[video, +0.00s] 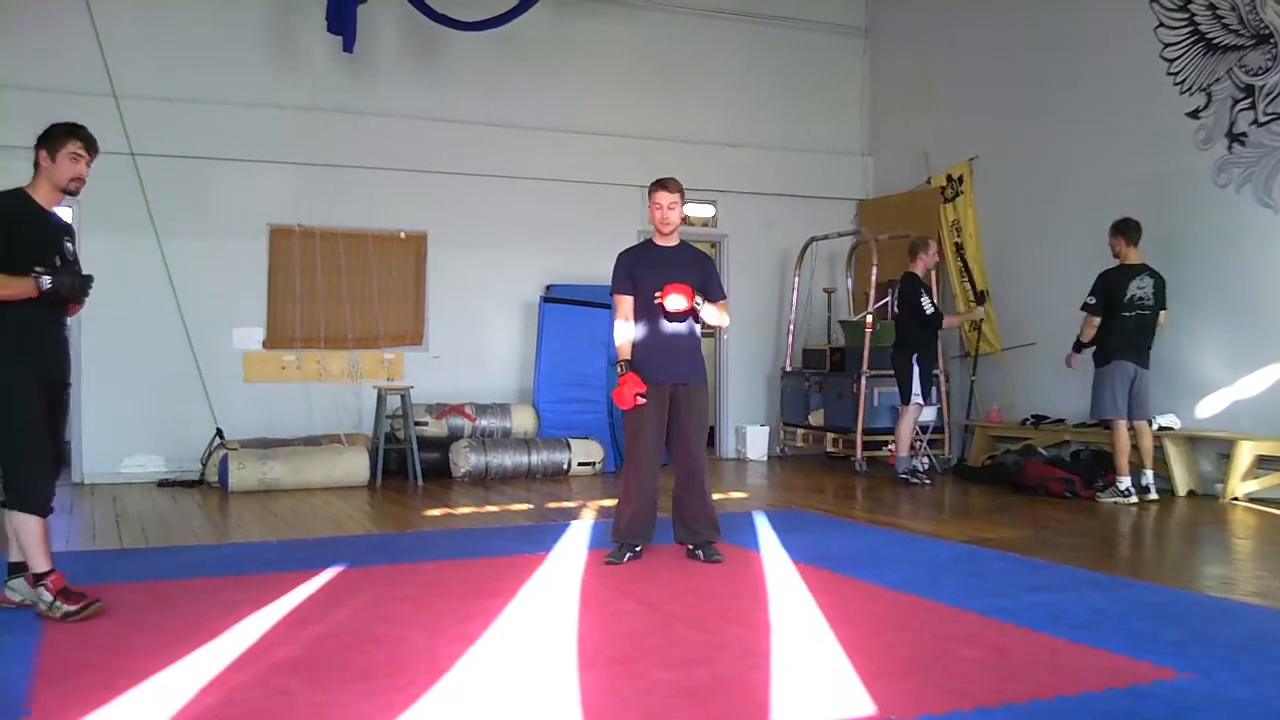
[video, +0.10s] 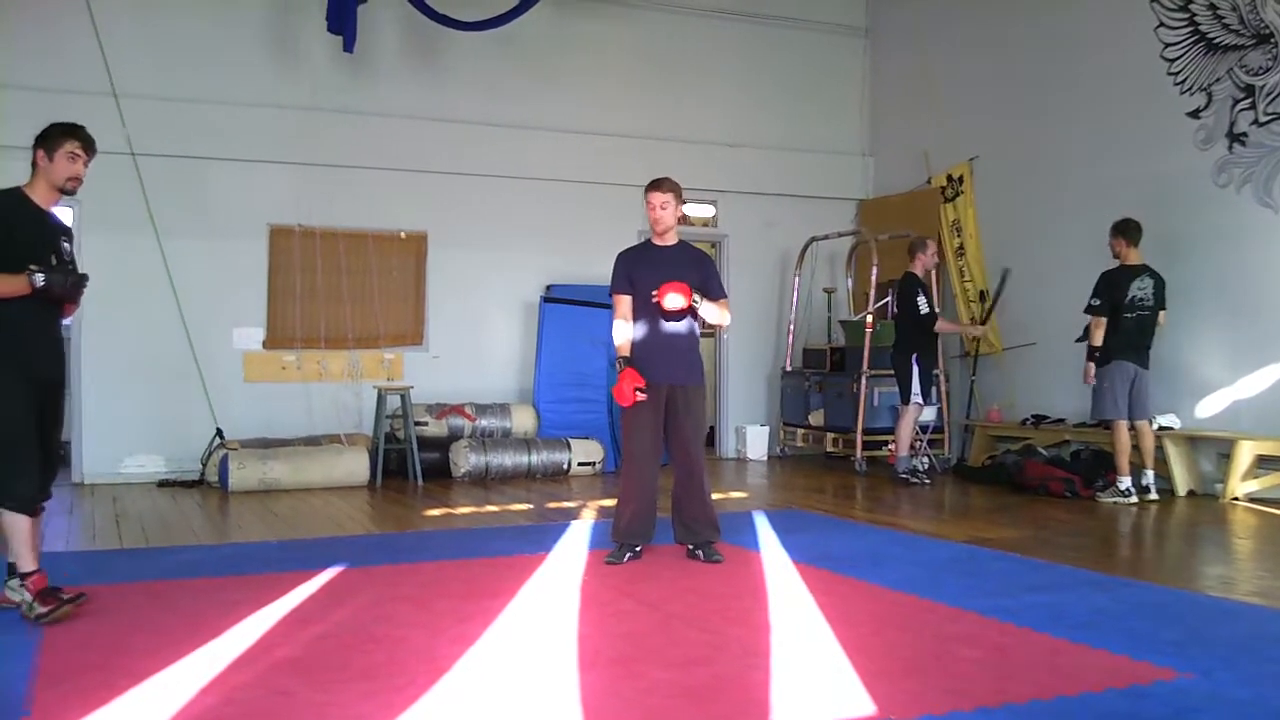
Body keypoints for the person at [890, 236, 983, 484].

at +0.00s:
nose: (937, 258)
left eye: (937, 254)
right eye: (934, 254)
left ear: (918, 257)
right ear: (921, 257)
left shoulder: (910, 283)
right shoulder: (914, 285)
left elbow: (930, 320)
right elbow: (936, 321)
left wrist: (963, 317)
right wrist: (970, 316)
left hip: (911, 353)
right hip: (912, 355)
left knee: (911, 408)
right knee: (912, 408)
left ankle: (904, 462)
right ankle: (903, 465)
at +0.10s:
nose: (937, 259)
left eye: (936, 254)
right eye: (933, 254)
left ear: (918, 257)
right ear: (919, 257)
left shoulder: (911, 283)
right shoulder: (913, 285)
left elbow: (931, 321)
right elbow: (932, 323)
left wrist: (963, 328)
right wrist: (967, 329)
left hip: (913, 354)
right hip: (911, 355)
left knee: (912, 408)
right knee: (913, 408)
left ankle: (903, 462)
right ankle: (902, 465)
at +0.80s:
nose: (1005, 268)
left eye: (1006, 263)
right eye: (1002, 263)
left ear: (991, 263)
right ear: (988, 261)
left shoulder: (987, 289)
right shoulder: (970, 287)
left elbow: (994, 320)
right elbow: (972, 325)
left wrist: (1022, 321)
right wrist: (1006, 327)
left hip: (986, 357)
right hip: (972, 358)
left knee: (977, 412)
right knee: (972, 411)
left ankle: (968, 464)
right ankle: (966, 467)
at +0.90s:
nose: (997, 267)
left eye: (998, 263)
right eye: (994, 262)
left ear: (985, 261)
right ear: (980, 260)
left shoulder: (980, 288)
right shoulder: (963, 285)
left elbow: (986, 319)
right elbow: (962, 323)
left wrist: (1012, 320)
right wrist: (997, 323)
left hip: (978, 356)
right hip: (964, 356)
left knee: (972, 410)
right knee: (965, 410)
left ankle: (961, 462)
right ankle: (958, 466)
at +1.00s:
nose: (993, 267)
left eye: (995, 262)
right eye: (991, 262)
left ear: (979, 260)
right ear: (977, 260)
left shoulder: (977, 286)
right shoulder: (960, 284)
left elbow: (981, 316)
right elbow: (960, 321)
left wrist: (1007, 317)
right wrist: (995, 320)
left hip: (975, 355)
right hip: (962, 355)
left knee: (967, 409)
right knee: (962, 409)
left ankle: (961, 462)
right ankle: (956, 465)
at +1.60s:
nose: (1049, 269)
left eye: (1051, 264)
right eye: (1046, 264)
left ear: (1037, 264)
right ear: (1032, 262)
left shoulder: (1034, 289)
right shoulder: (1016, 286)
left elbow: (1032, 319)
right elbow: (1011, 323)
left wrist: (1056, 321)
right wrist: (1046, 322)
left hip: (1031, 359)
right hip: (1018, 358)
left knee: (1024, 414)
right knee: (1020, 413)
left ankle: (1015, 468)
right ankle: (1014, 471)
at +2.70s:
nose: (1045, 205)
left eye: (1047, 201)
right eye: (1041, 200)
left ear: (1041, 204)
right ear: (1026, 202)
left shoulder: (1031, 234)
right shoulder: (1012, 230)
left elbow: (1028, 267)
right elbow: (1007, 269)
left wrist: (1053, 269)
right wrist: (1043, 271)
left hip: (1030, 304)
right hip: (1014, 304)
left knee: (1029, 359)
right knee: (1016, 360)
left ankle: (1014, 412)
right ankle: (1006, 417)